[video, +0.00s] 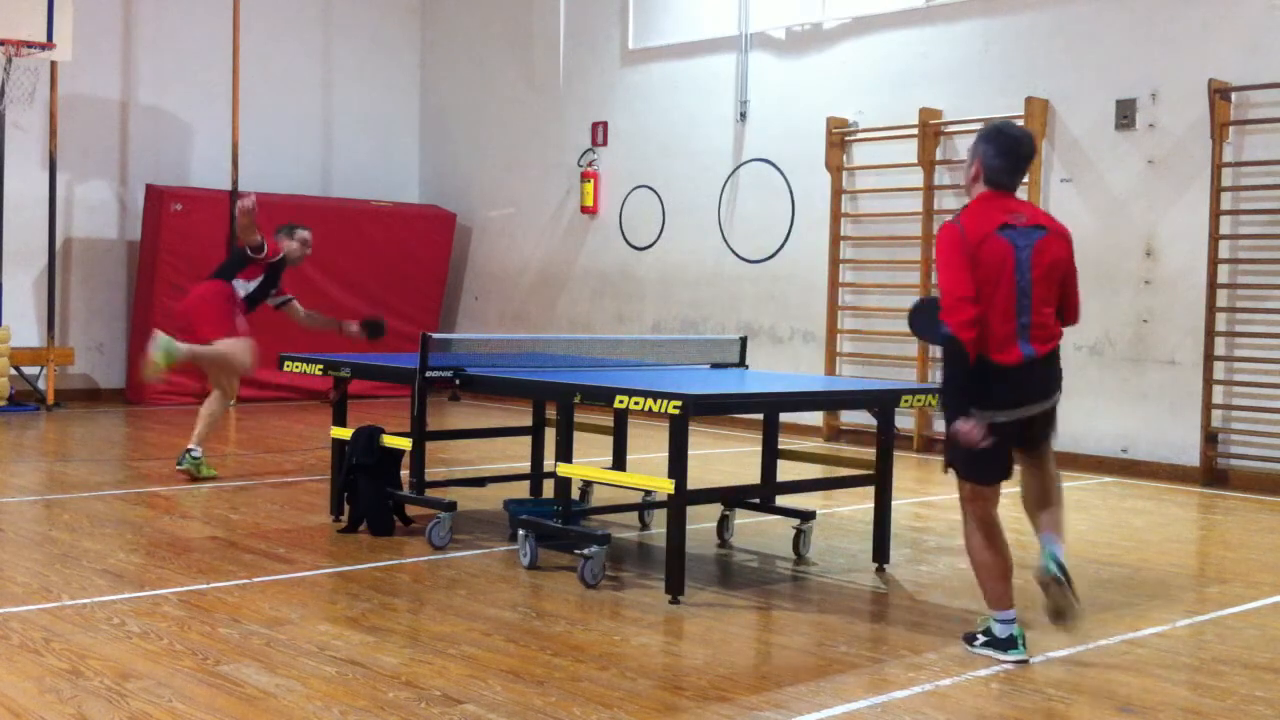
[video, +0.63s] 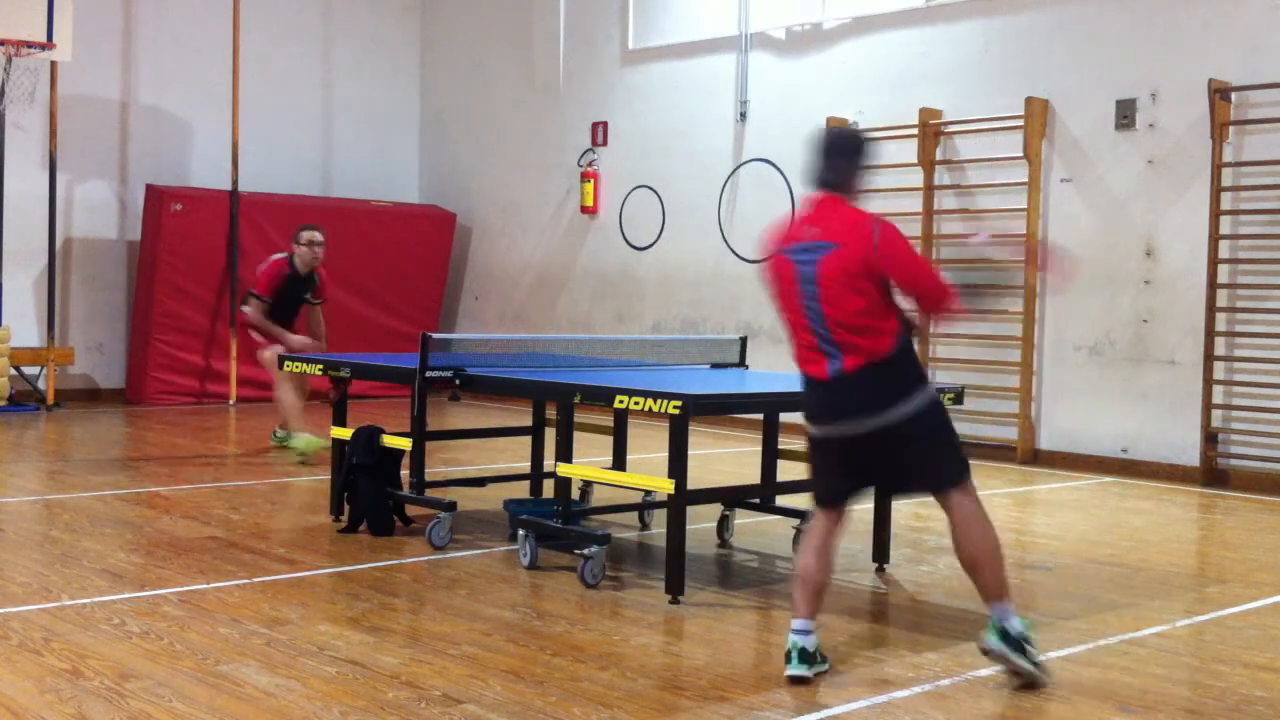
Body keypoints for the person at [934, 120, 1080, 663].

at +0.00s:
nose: (965, 164)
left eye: (970, 157)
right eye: (970, 155)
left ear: (977, 167)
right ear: (1024, 172)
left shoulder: (958, 232)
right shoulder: (1051, 229)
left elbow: (961, 323)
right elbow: (1067, 313)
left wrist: (960, 408)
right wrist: (1012, 308)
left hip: (983, 388)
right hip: (1042, 382)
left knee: (979, 510)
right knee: (1036, 452)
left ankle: (1004, 628)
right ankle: (1052, 551)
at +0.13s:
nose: (975, 184)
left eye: (978, 176)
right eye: (980, 176)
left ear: (986, 183)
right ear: (1032, 189)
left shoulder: (967, 242)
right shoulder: (1058, 247)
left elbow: (976, 319)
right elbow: (1078, 335)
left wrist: (945, 384)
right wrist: (1018, 333)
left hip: (977, 408)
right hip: (1042, 409)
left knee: (925, 496)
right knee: (1069, 505)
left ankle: (951, 608)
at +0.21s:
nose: (973, 212)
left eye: (976, 206)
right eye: (977, 205)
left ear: (984, 214)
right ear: (1032, 218)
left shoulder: (957, 269)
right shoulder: (1061, 279)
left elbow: (924, 335)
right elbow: (1086, 367)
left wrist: (921, 368)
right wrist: (1042, 388)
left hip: (966, 441)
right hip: (1044, 443)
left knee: (897, 501)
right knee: (1083, 523)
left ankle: (907, 633)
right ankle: (1137, 643)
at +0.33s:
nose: (961, 204)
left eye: (964, 195)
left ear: (970, 200)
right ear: (1017, 210)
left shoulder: (927, 250)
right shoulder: (1030, 263)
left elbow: (884, 322)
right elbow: (1048, 355)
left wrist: (936, 316)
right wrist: (1079, 428)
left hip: (913, 416)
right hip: (989, 419)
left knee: (874, 493)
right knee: (1045, 506)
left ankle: (873, 601)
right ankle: (1069, 630)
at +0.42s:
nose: (987, 206)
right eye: (991, 197)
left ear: (942, 194)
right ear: (990, 199)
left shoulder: (905, 253)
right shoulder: (979, 249)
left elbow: (884, 337)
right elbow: (1001, 334)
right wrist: (1072, 394)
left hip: (886, 414)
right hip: (950, 413)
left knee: (870, 513)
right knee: (1021, 510)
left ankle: (816, 619)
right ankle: (1036, 646)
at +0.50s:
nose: (962, 199)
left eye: (958, 188)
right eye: (960, 189)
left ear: (912, 189)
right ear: (949, 194)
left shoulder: (876, 247)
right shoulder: (924, 246)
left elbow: (885, 332)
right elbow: (948, 329)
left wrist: (985, 337)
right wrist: (1036, 350)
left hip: (857, 412)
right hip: (916, 412)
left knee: (854, 524)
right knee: (991, 519)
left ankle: (807, 640)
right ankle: (1036, 645)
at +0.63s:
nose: (856, 175)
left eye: (844, 162)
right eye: (858, 167)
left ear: (817, 167)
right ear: (858, 171)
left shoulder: (778, 237)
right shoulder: (869, 231)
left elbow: (807, 315)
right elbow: (936, 295)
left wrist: (893, 317)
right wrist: (917, 314)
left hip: (826, 408)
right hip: (895, 397)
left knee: (826, 512)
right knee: (958, 496)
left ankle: (801, 642)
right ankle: (1005, 624)